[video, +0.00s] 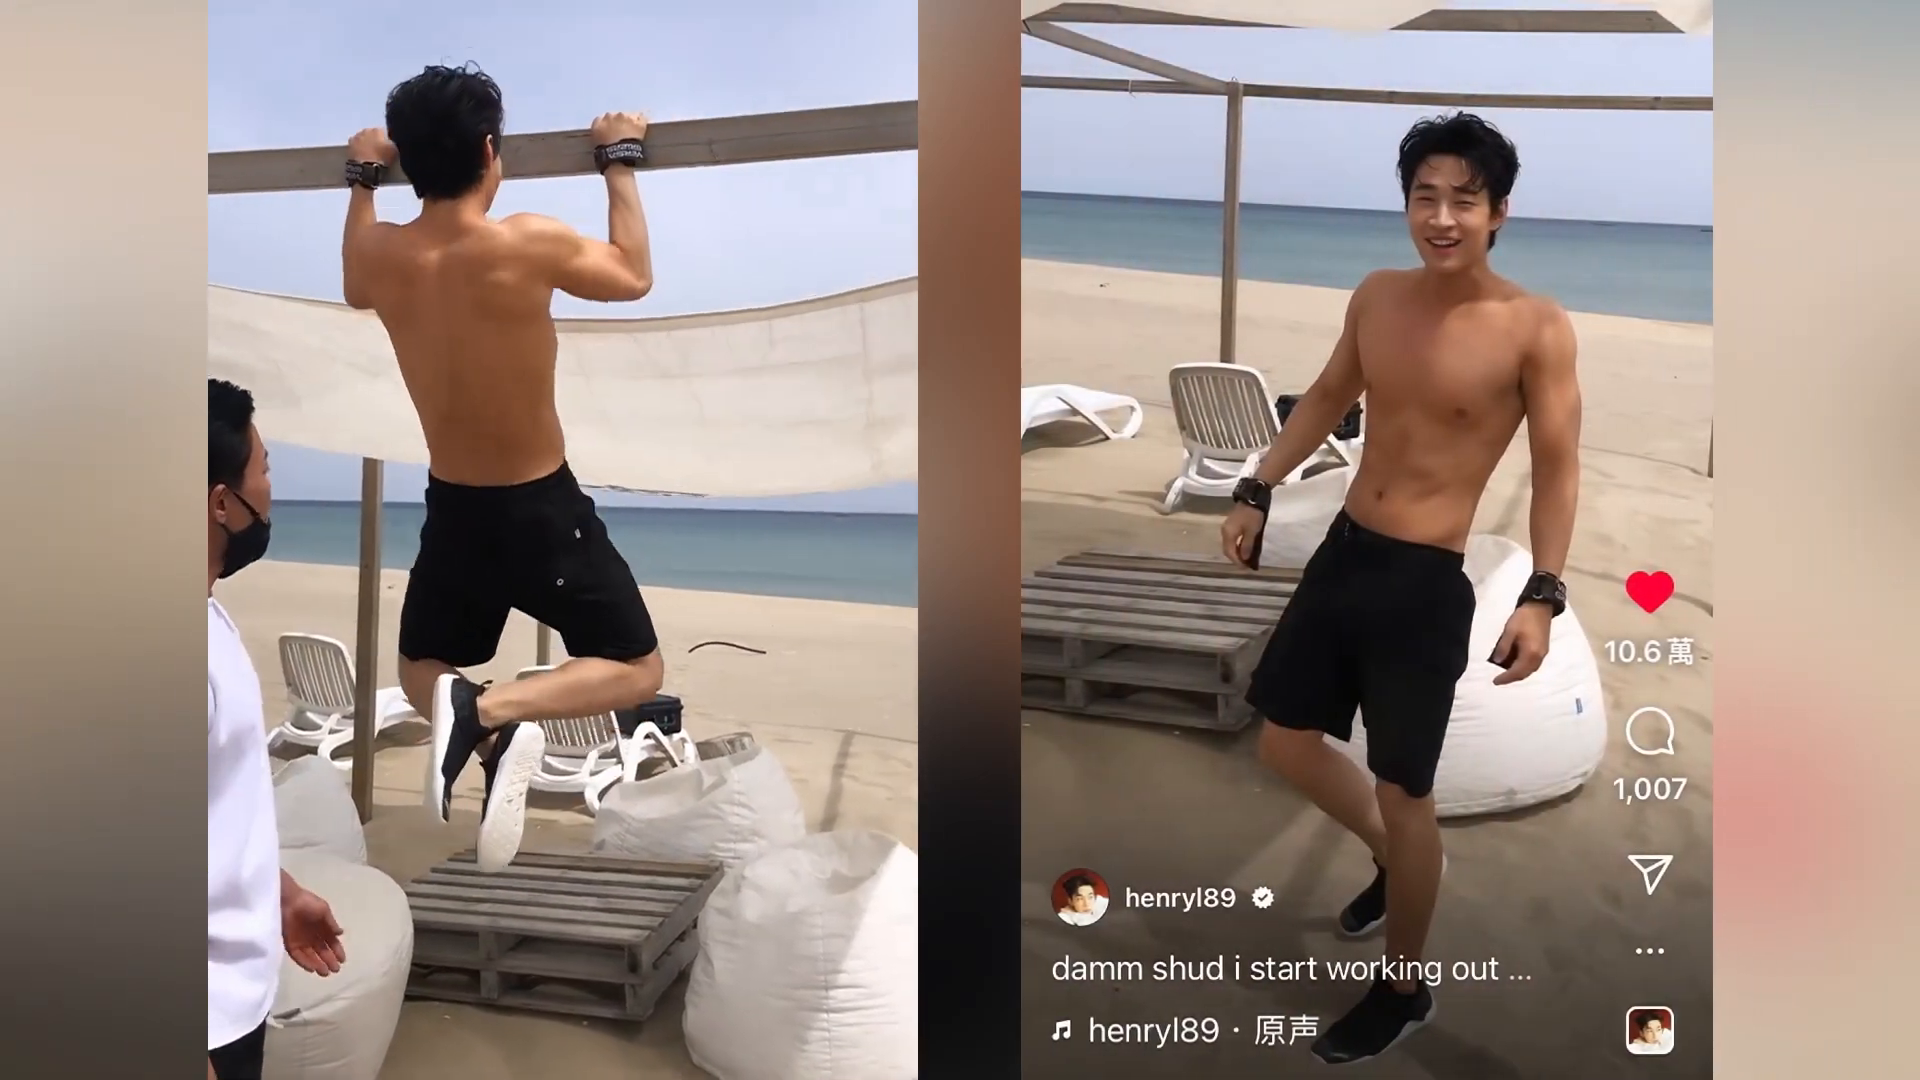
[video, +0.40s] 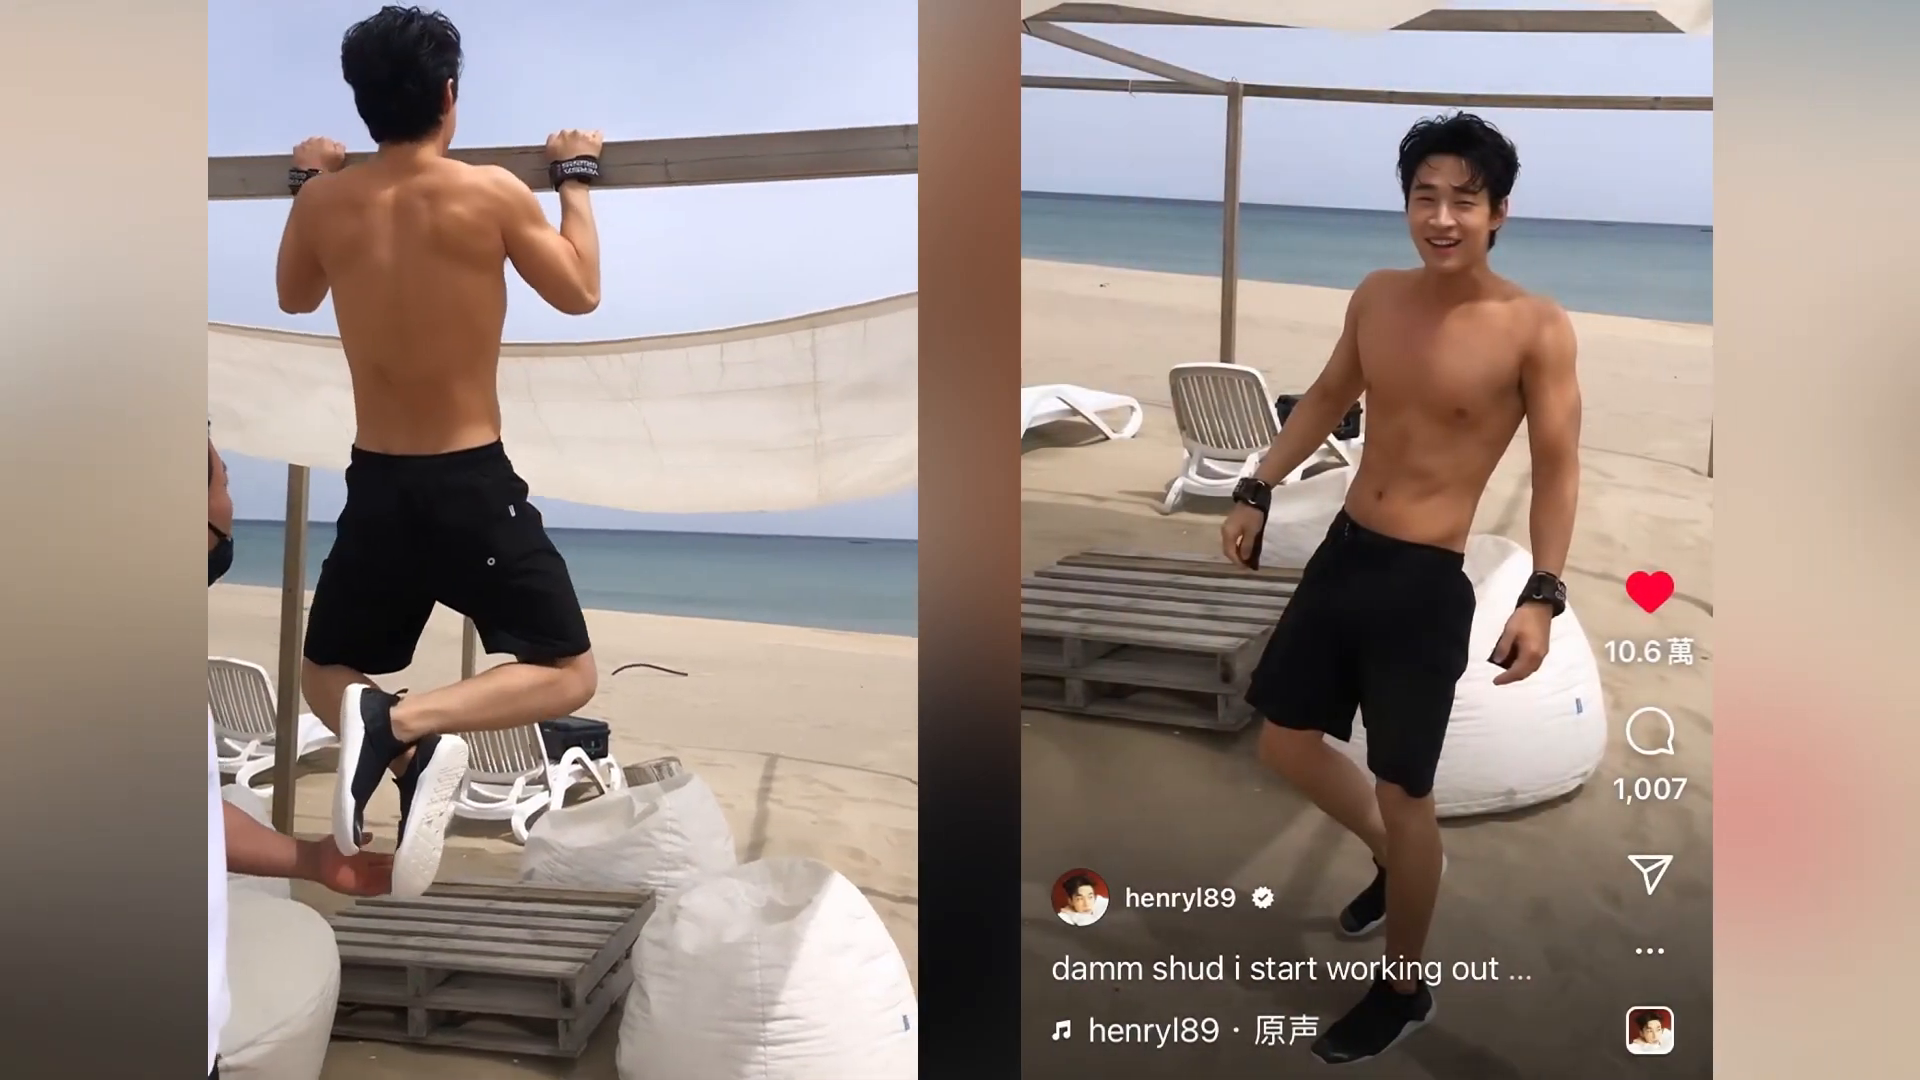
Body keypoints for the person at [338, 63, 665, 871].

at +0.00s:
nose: (501, 150)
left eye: (496, 139)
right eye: (496, 139)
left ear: (405, 165)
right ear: (489, 153)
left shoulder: (383, 254)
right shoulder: (528, 243)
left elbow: (357, 285)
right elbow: (632, 274)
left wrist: (361, 178)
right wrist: (619, 163)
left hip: (454, 512)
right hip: (542, 508)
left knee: (423, 675)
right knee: (639, 673)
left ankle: (498, 749)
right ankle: (483, 707)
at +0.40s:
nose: (459, 95)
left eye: (448, 83)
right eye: (457, 84)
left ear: (363, 104)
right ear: (448, 98)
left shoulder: (327, 201)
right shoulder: (490, 193)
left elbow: (295, 294)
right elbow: (579, 289)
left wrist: (311, 185)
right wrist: (575, 180)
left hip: (377, 488)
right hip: (474, 487)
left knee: (328, 674)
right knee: (569, 675)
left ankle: (421, 770)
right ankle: (398, 719)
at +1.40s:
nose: (514, 333)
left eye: (506, 324)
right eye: (510, 323)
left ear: (422, 349)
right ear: (502, 342)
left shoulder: (405, 429)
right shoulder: (551, 419)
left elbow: (367, 341)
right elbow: (633, 345)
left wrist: (358, 237)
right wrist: (628, 228)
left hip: (454, 681)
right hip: (543, 686)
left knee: (394, 848)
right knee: (603, 873)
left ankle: (468, 948)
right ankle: (454, 909)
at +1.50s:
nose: (524, 319)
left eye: (514, 306)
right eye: (521, 307)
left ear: (430, 331)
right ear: (512, 325)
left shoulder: (411, 414)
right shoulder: (559, 408)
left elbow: (376, 336)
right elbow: (648, 342)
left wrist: (370, 235)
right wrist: (641, 226)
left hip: (468, 670)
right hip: (558, 673)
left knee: (417, 830)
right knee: (620, 853)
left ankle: (487, 924)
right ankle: (472, 892)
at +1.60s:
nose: (534, 286)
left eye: (525, 274)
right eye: (530, 275)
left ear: (440, 300)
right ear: (520, 296)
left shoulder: (417, 391)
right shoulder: (566, 383)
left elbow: (382, 337)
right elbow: (661, 339)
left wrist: (378, 235)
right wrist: (651, 222)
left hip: (476, 652)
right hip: (567, 653)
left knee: (436, 804)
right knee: (634, 823)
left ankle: (505, 910)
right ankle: (490, 880)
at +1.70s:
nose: (540, 258)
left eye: (534, 247)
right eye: (538, 247)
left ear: (444, 269)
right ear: (529, 262)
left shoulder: (419, 361)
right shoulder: (572, 353)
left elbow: (385, 330)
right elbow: (670, 337)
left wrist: (384, 232)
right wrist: (659, 221)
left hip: (481, 630)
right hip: (574, 628)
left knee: (447, 783)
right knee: (651, 796)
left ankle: (529, 892)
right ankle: (513, 860)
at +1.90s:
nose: (551, 184)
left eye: (545, 173)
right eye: (550, 173)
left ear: (451, 199)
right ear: (539, 187)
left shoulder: (417, 289)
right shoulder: (580, 283)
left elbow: (386, 332)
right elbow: (681, 326)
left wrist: (391, 223)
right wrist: (668, 212)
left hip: (483, 579)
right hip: (578, 573)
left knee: (456, 740)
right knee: (669, 734)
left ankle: (551, 857)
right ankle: (535, 822)